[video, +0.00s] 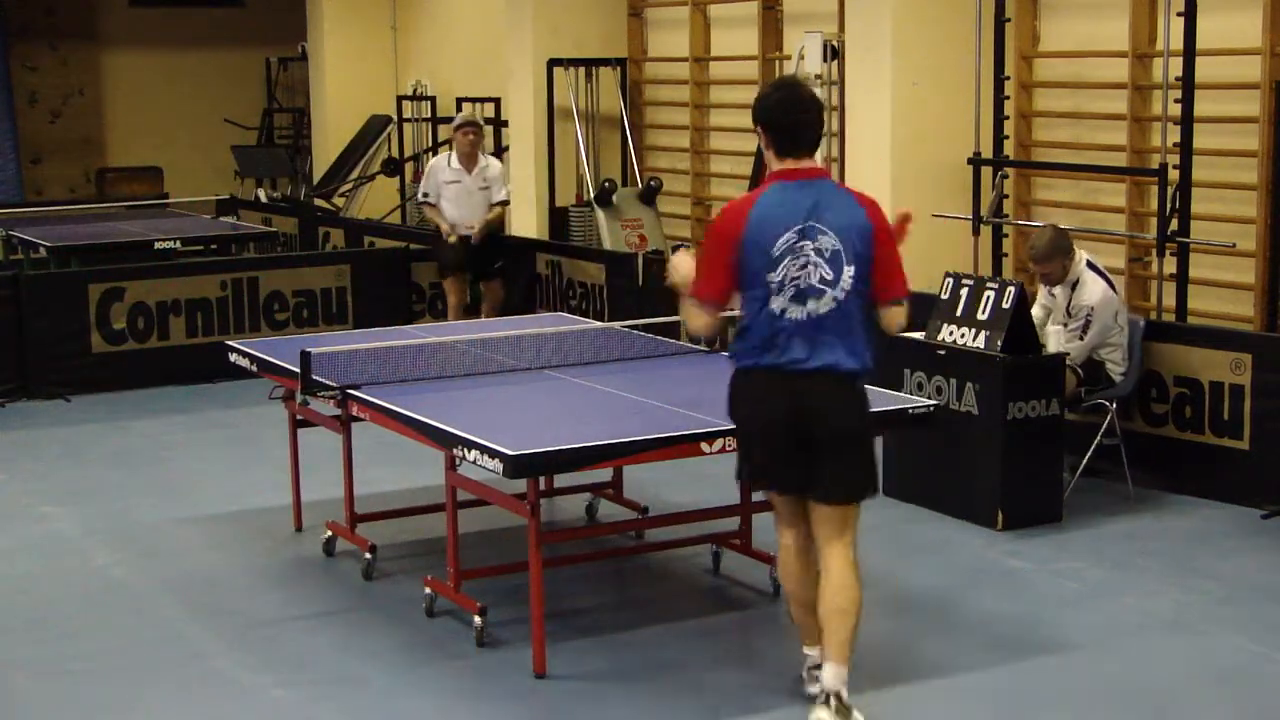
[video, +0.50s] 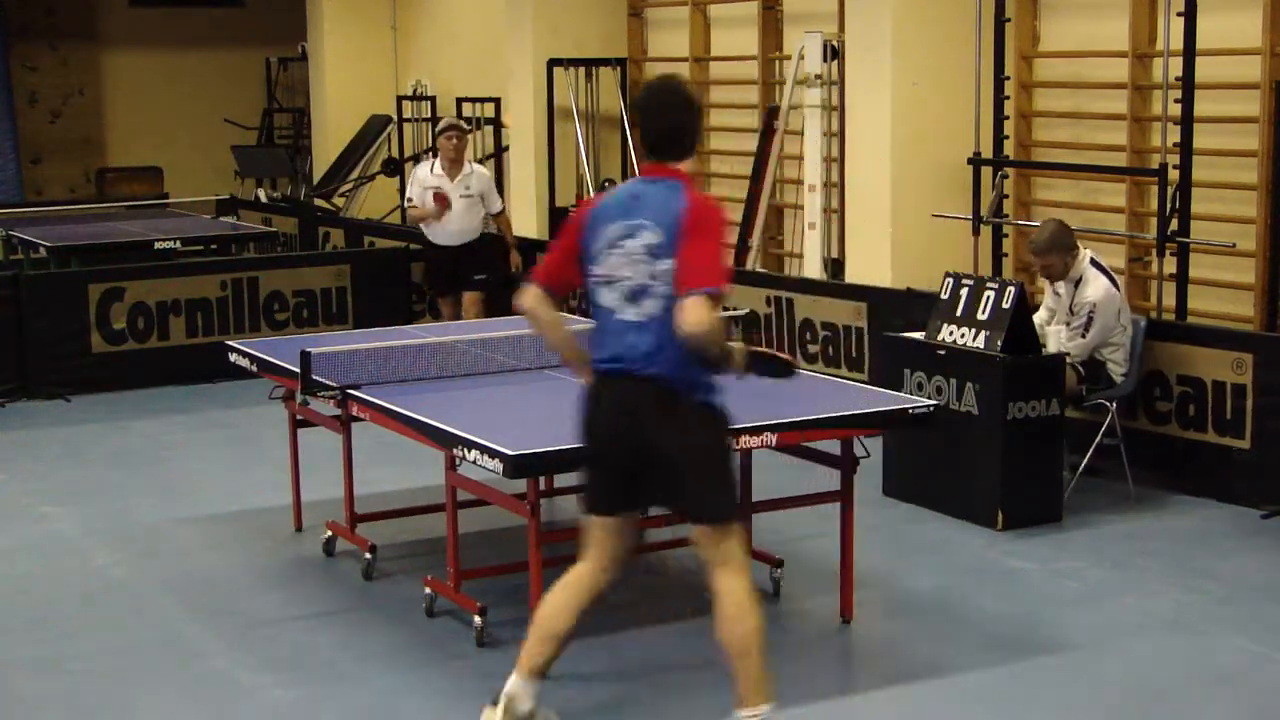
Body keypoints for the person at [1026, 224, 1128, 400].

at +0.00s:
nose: (1041, 281)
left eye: (1046, 275)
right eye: (1037, 274)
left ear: (1067, 261)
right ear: (1033, 263)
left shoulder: (1093, 297)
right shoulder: (1055, 272)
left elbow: (1071, 356)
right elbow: (1036, 319)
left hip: (1104, 367)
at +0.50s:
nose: (1041, 273)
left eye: (1047, 267)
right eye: (1038, 266)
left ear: (1069, 257)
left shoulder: (1097, 293)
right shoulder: (1059, 270)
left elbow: (1075, 350)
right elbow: (1045, 316)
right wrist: (1014, 336)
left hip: (1105, 368)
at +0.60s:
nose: (1035, 264)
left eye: (1039, 259)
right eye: (1035, 259)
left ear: (1063, 253)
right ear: (1062, 253)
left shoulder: (1098, 292)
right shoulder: (1060, 271)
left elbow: (1076, 351)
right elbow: (1041, 321)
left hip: (1103, 369)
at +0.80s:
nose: (1032, 248)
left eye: (1037, 242)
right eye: (1033, 241)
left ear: (1059, 248)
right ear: (1059, 248)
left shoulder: (1099, 289)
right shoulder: (1057, 267)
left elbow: (1076, 351)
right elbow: (1044, 313)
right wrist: (1016, 339)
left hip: (1100, 370)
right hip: (1065, 356)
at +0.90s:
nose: (1034, 246)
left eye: (1040, 241)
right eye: (1035, 239)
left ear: (1064, 243)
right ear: (1063, 244)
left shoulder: (1101, 287)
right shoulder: (1058, 267)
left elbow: (1076, 351)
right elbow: (1043, 316)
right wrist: (1013, 340)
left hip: (1097, 372)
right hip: (1064, 356)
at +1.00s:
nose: (1044, 246)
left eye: (1051, 238)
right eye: (1043, 238)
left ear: (1076, 238)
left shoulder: (1103, 282)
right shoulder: (1058, 268)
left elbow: (1079, 348)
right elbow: (1043, 318)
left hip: (1096, 373)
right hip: (1060, 360)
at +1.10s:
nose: (1060, 242)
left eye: (1068, 232)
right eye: (1054, 233)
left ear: (1086, 230)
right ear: (1048, 234)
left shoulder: (1108, 279)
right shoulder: (1056, 267)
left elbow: (1085, 347)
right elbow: (1042, 318)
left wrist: (1044, 370)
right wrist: (1018, 349)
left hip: (1096, 373)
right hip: (1056, 361)